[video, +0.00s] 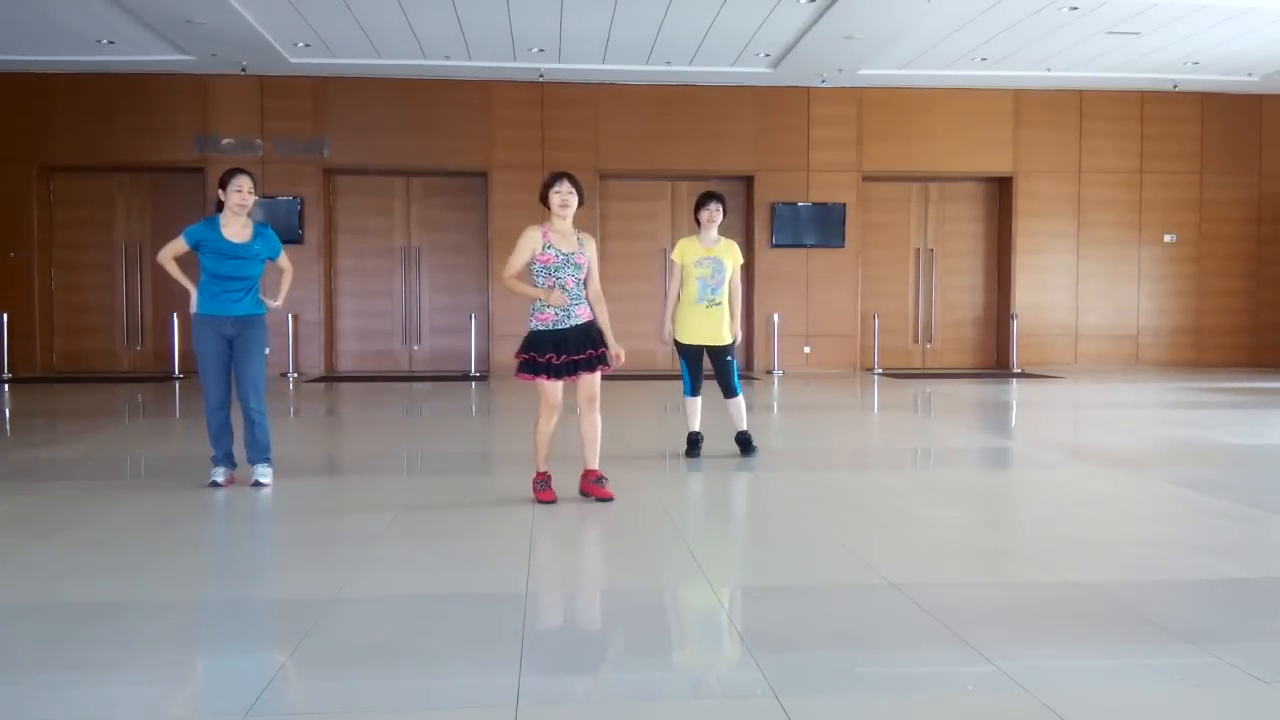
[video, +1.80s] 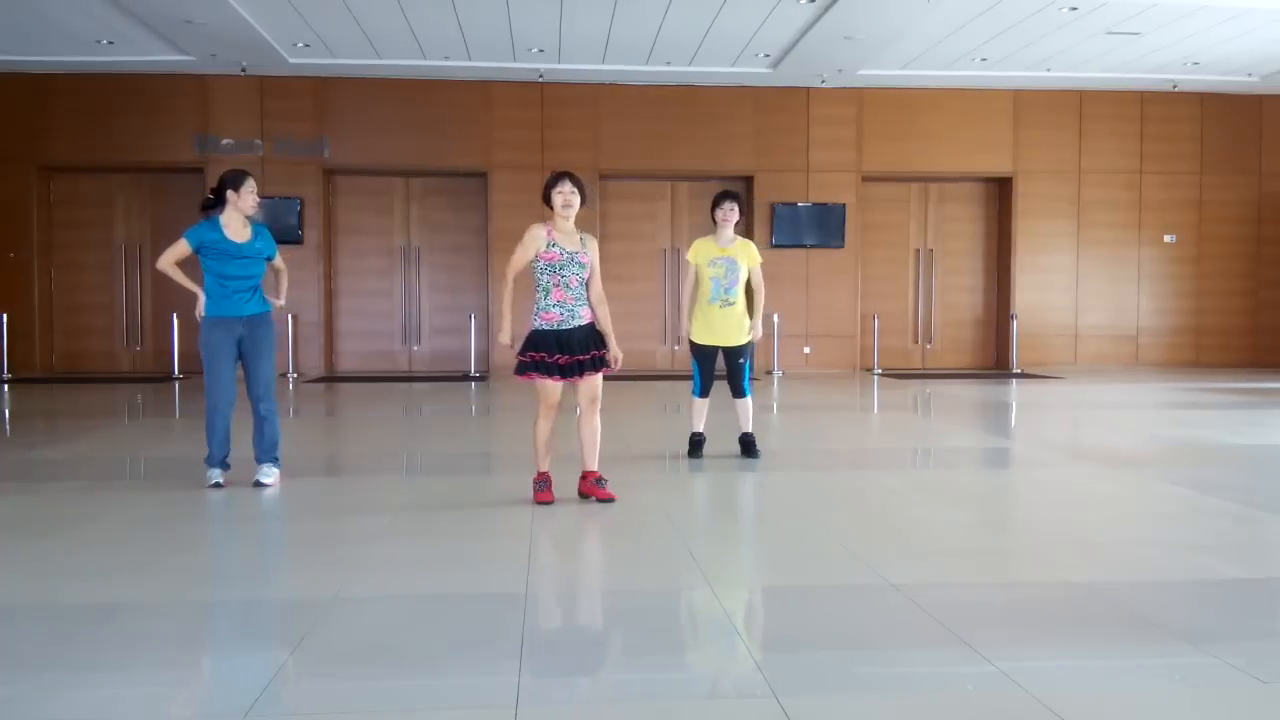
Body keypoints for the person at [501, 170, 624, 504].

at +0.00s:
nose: (564, 197)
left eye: (570, 193)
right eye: (557, 193)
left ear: (578, 201)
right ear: (547, 200)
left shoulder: (586, 242)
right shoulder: (534, 235)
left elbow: (595, 292)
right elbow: (508, 277)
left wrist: (610, 339)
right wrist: (542, 293)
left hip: (585, 330)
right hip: (548, 332)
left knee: (590, 401)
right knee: (552, 405)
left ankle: (592, 474)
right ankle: (542, 475)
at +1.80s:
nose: (567, 198)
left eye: (573, 193)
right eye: (560, 193)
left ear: (581, 200)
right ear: (549, 200)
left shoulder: (589, 243)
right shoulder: (538, 235)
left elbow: (597, 296)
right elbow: (509, 274)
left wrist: (611, 341)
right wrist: (506, 324)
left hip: (586, 332)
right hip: (548, 334)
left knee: (591, 403)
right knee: (549, 405)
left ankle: (591, 477)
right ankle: (542, 476)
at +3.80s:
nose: (568, 201)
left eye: (574, 196)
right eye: (562, 196)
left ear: (584, 202)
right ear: (551, 202)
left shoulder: (594, 244)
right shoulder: (538, 238)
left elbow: (603, 296)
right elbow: (495, 262)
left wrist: (613, 343)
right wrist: (528, 284)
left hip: (582, 336)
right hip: (547, 335)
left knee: (597, 405)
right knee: (547, 404)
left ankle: (589, 478)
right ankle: (546, 478)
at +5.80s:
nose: (560, 203)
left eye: (566, 199)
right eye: (554, 199)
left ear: (576, 206)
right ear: (544, 205)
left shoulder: (590, 247)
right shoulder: (529, 243)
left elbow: (596, 300)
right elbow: (508, 270)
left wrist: (596, 347)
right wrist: (519, 284)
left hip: (571, 339)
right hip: (532, 337)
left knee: (579, 414)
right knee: (536, 404)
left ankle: (589, 474)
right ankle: (542, 476)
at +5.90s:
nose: (559, 203)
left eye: (566, 199)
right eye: (554, 199)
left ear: (576, 206)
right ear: (544, 205)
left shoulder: (590, 245)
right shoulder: (531, 244)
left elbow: (597, 299)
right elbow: (518, 273)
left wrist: (593, 346)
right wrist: (523, 287)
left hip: (573, 338)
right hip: (534, 336)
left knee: (577, 414)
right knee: (538, 405)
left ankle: (587, 472)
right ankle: (542, 475)